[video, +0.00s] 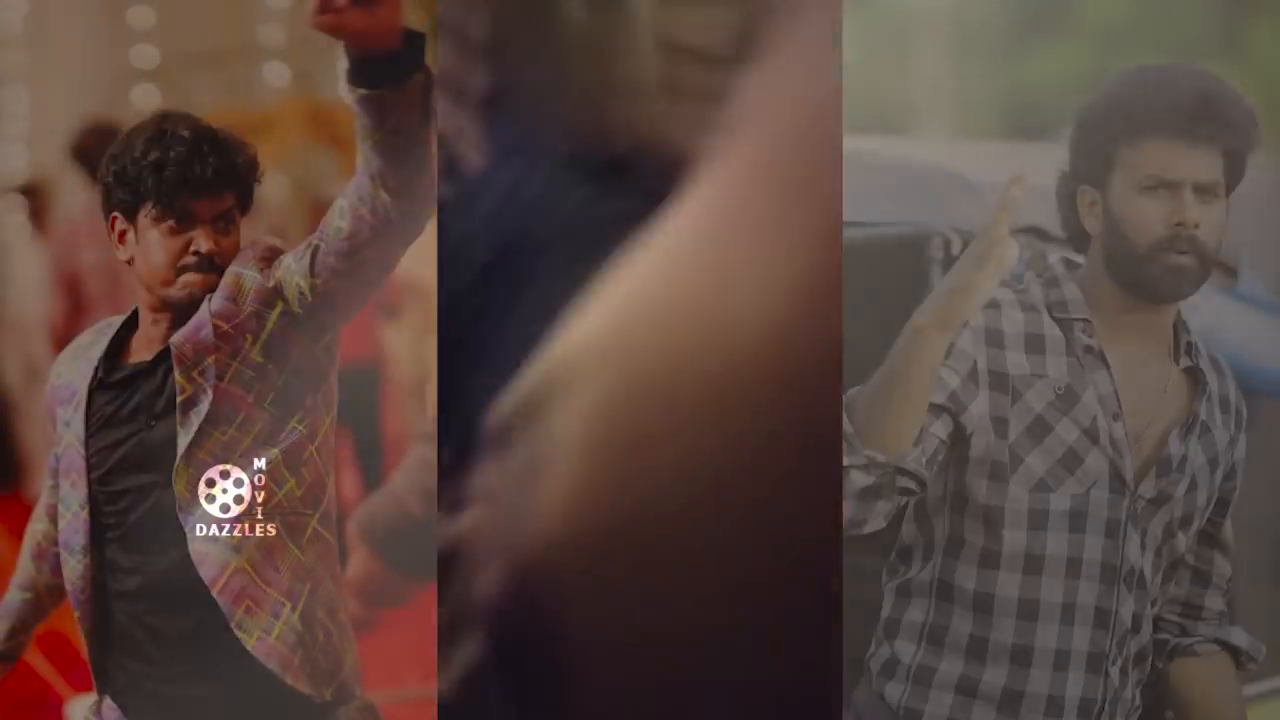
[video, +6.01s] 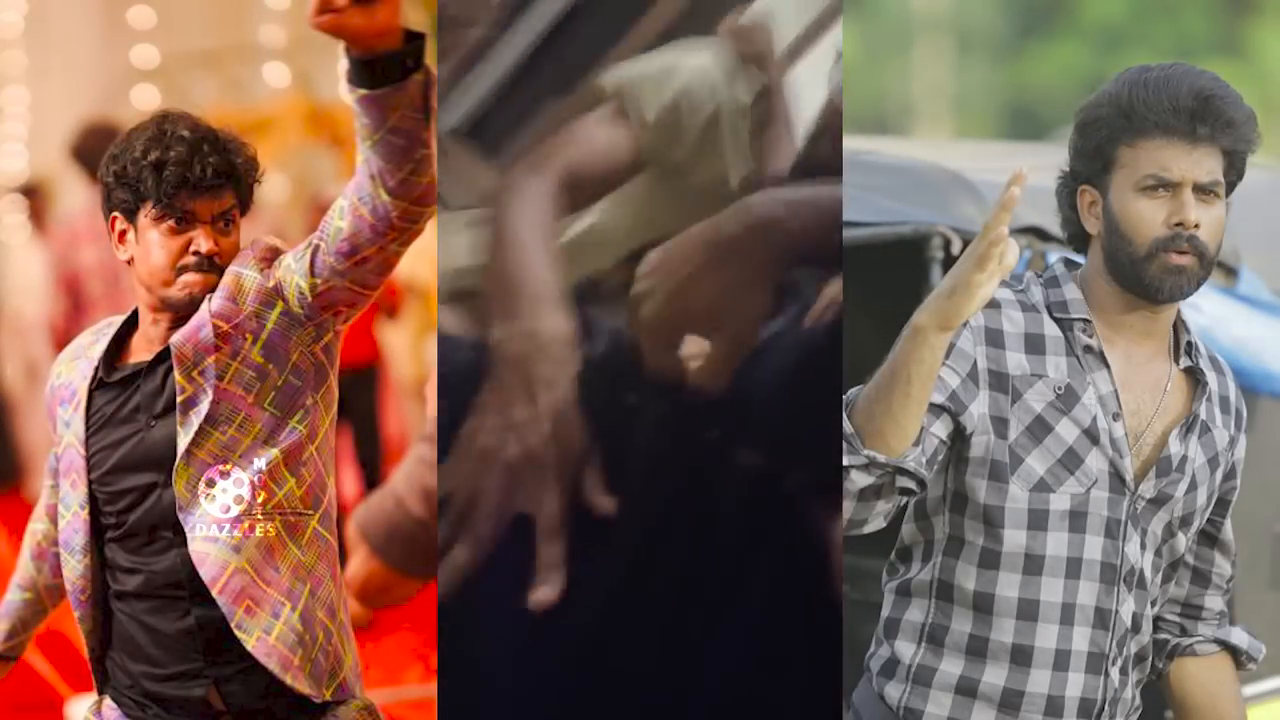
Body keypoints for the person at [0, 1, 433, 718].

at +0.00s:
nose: (205, 245)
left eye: (223, 223)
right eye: (178, 222)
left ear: (243, 230)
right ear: (122, 236)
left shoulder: (283, 315)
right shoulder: (76, 371)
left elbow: (393, 198)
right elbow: (56, 525)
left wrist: (380, 52)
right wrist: (7, 637)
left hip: (284, 698)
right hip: (136, 702)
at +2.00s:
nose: (206, 245)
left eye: (224, 222)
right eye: (179, 222)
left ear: (243, 230)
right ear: (122, 237)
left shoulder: (287, 312)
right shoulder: (76, 373)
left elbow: (393, 201)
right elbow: (56, 524)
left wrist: (380, 53)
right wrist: (8, 633)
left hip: (291, 700)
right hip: (140, 705)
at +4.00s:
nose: (206, 245)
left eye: (224, 223)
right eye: (179, 222)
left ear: (243, 230)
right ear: (122, 237)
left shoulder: (288, 312)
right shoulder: (76, 373)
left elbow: (395, 199)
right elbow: (56, 524)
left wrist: (380, 52)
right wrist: (8, 633)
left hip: (291, 700)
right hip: (140, 705)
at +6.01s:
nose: (206, 245)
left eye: (223, 222)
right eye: (179, 222)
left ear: (243, 230)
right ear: (122, 236)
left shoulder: (287, 312)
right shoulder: (76, 373)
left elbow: (394, 200)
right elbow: (56, 524)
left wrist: (381, 52)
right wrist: (7, 635)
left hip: (290, 700)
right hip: (140, 705)